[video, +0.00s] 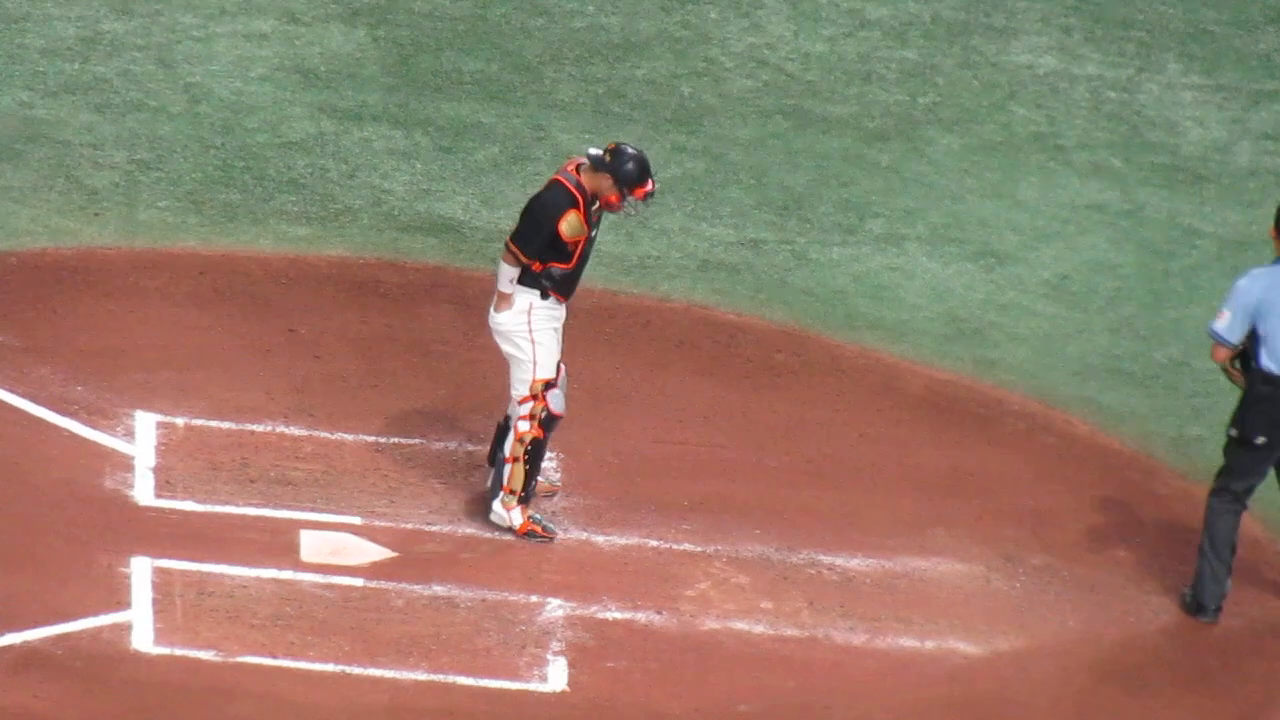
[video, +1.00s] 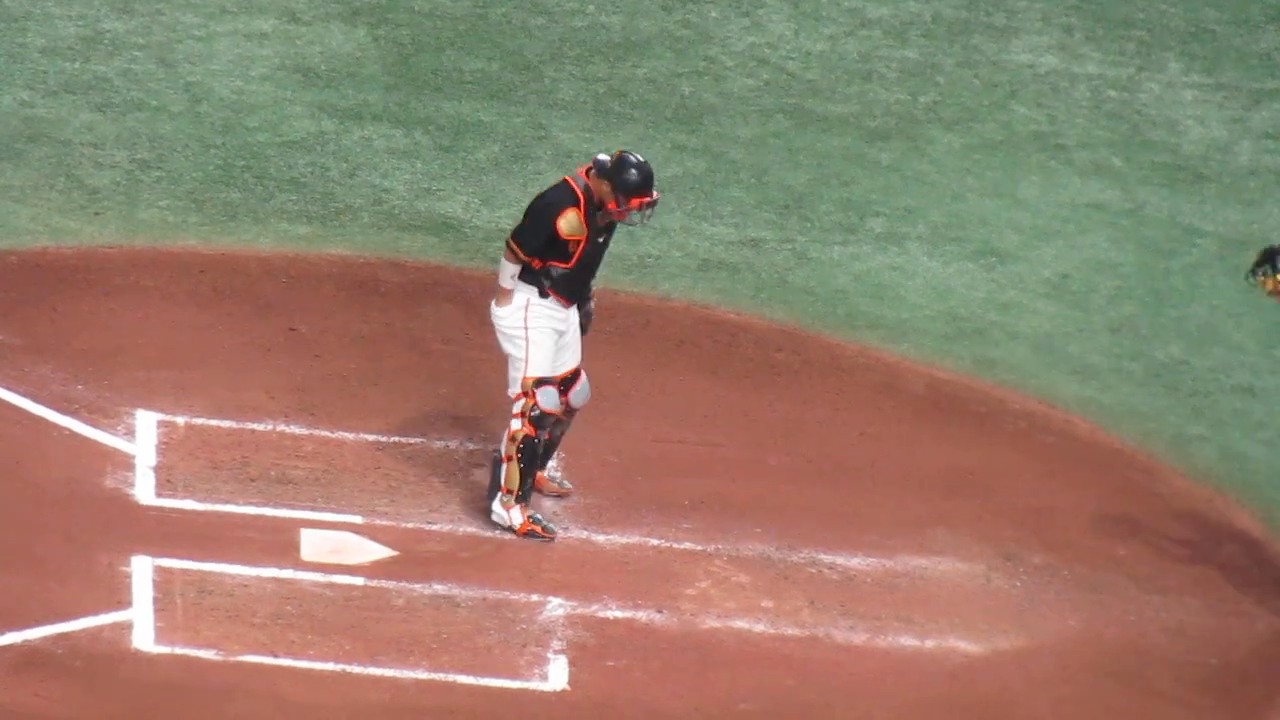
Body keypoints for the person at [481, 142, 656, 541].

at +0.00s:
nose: (621, 202)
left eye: (626, 197)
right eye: (622, 195)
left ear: (611, 175)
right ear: (607, 180)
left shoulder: (587, 180)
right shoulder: (557, 202)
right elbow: (514, 251)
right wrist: (502, 299)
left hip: (546, 306)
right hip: (528, 306)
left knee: (550, 398)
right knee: (533, 408)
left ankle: (507, 468)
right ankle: (509, 504)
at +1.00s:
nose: (625, 212)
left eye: (629, 206)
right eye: (623, 204)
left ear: (622, 190)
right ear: (605, 188)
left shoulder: (607, 199)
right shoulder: (559, 204)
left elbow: (585, 256)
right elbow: (516, 248)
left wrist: (585, 299)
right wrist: (504, 291)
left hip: (565, 306)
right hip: (530, 303)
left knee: (571, 394)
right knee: (537, 405)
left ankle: (536, 468)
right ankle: (507, 502)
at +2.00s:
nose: (462, 149)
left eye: (472, 142)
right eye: (455, 140)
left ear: (489, 142)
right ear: (446, 137)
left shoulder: (520, 174)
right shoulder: (432, 161)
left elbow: (548, 233)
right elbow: (426, 209)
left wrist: (557, 292)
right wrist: (447, 247)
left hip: (492, 290)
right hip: (436, 283)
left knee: (528, 376)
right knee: (396, 360)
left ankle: (526, 469)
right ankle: (397, 447)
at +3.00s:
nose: (245, 157)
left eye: (245, 147)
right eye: (241, 150)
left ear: (264, 135)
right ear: (268, 132)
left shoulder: (293, 174)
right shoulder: (317, 147)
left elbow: (304, 247)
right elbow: (352, 208)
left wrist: (302, 305)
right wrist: (348, 259)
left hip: (321, 284)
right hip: (343, 276)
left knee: (260, 369)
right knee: (335, 367)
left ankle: (251, 472)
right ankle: (387, 431)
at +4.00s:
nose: (214, 91)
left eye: (222, 86)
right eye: (215, 84)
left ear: (244, 94)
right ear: (234, 92)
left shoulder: (263, 138)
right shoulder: (230, 134)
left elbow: (272, 209)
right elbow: (240, 201)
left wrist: (260, 269)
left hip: (269, 257)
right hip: (242, 255)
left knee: (243, 360)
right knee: (221, 347)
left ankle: (251, 466)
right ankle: (243, 429)